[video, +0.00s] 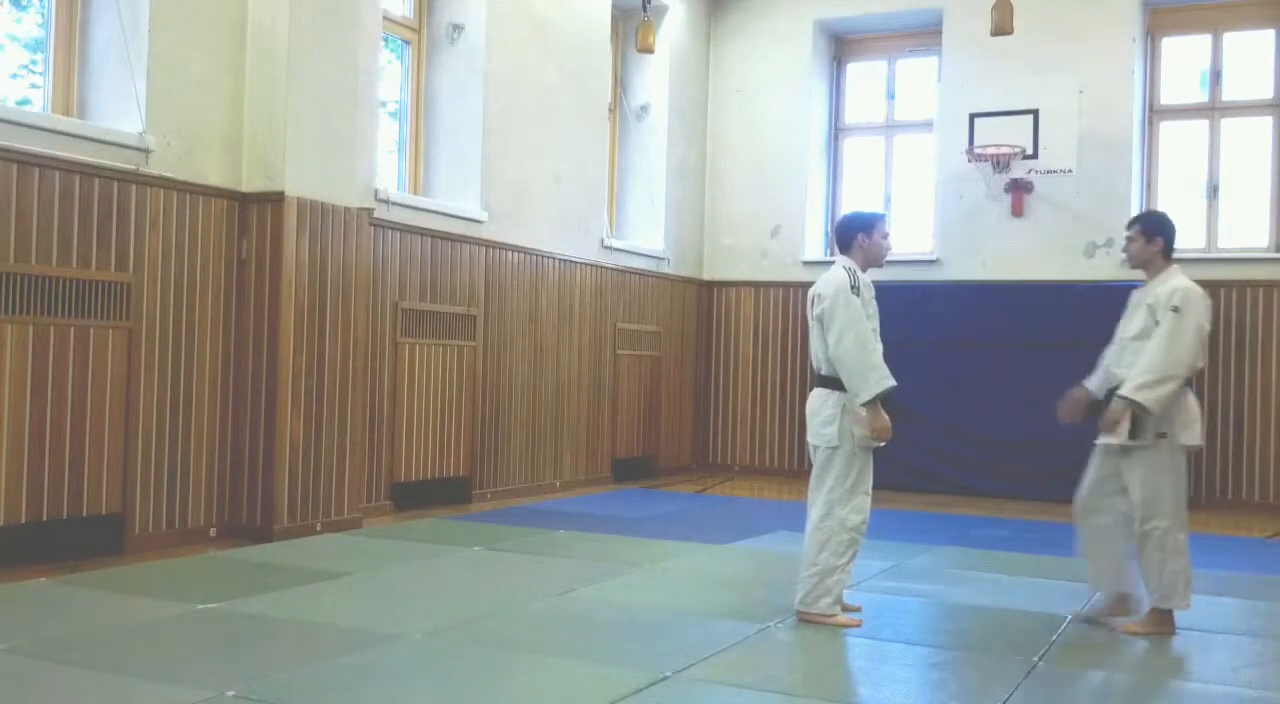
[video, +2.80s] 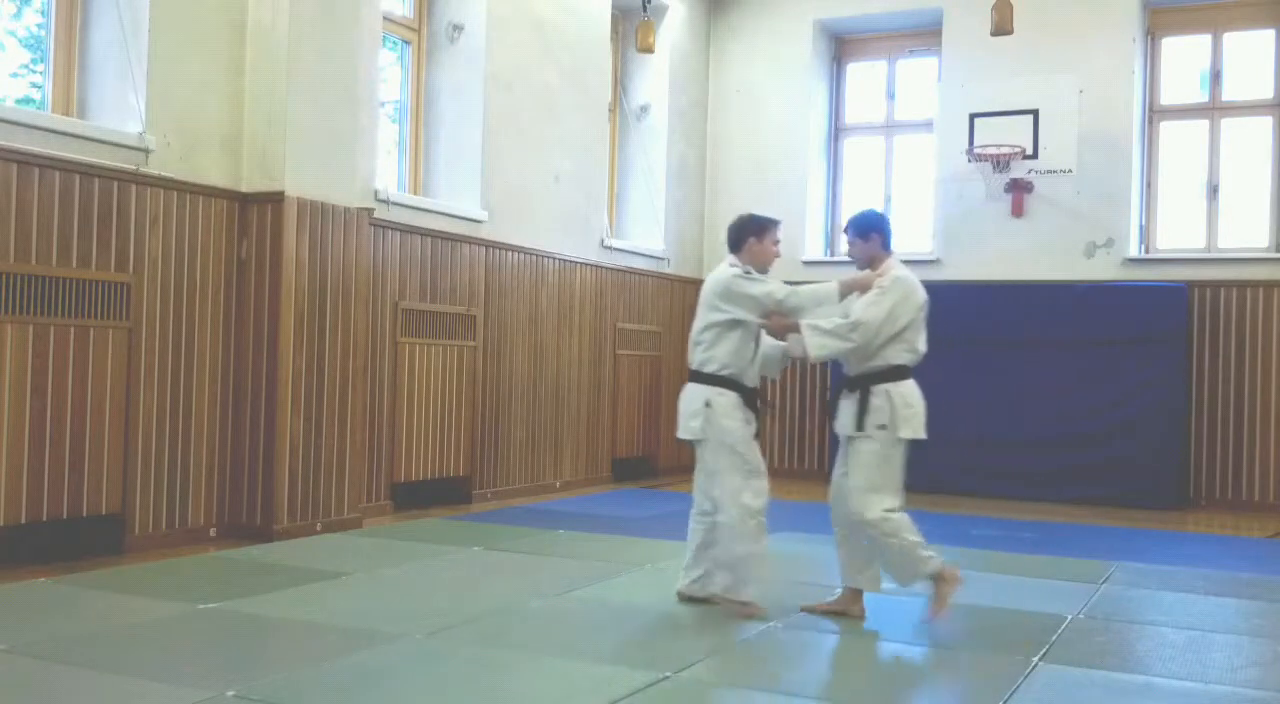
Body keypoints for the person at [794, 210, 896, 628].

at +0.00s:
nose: (890, 245)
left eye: (888, 237)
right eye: (885, 237)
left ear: (861, 240)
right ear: (862, 240)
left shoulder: (852, 282)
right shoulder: (841, 284)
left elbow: (860, 347)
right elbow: (852, 348)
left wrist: (874, 401)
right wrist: (874, 405)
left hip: (847, 403)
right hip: (838, 405)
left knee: (844, 504)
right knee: (839, 507)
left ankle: (826, 591)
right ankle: (816, 602)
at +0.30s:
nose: (888, 244)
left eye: (887, 236)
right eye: (882, 236)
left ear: (860, 240)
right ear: (861, 240)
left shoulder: (855, 283)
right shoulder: (838, 283)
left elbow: (874, 336)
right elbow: (858, 342)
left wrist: (914, 366)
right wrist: (915, 369)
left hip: (851, 406)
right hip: (837, 407)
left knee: (845, 506)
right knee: (836, 508)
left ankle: (826, 592)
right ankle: (815, 602)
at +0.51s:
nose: (886, 245)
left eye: (885, 237)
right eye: (880, 237)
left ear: (853, 242)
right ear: (855, 241)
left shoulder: (840, 280)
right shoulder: (840, 281)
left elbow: (847, 347)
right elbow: (891, 319)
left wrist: (891, 363)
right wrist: (951, 316)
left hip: (840, 403)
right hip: (839, 407)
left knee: (839, 505)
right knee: (839, 508)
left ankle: (824, 594)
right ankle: (816, 603)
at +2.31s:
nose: (847, 247)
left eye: (846, 239)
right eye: (844, 239)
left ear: (810, 239)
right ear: (825, 239)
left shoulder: (779, 279)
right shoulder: (813, 283)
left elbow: (818, 330)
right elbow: (879, 303)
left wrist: (859, 333)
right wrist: (943, 285)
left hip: (780, 401)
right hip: (804, 408)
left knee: (791, 498)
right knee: (819, 506)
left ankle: (769, 573)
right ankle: (813, 604)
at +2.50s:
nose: (816, 251)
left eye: (816, 243)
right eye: (813, 242)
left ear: (785, 243)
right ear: (793, 242)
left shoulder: (759, 281)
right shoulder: (782, 285)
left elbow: (793, 336)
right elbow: (846, 306)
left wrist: (834, 341)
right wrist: (910, 288)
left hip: (761, 404)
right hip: (781, 408)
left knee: (769, 497)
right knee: (806, 504)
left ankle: (712, 563)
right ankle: (811, 604)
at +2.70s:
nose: (792, 256)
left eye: (791, 248)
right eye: (787, 247)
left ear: (763, 250)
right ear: (764, 248)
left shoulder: (748, 286)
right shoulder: (744, 285)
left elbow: (764, 355)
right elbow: (801, 304)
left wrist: (807, 346)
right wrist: (865, 289)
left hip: (731, 404)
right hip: (733, 407)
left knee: (724, 503)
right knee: (766, 501)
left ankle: (697, 585)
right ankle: (789, 599)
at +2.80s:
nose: (778, 252)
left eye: (778, 244)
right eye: (773, 243)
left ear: (748, 244)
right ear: (750, 243)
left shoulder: (740, 283)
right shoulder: (727, 279)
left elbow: (752, 356)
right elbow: (781, 299)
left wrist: (796, 343)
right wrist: (844, 287)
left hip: (724, 401)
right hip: (717, 401)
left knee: (711, 495)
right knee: (748, 489)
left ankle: (697, 582)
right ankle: (733, 589)